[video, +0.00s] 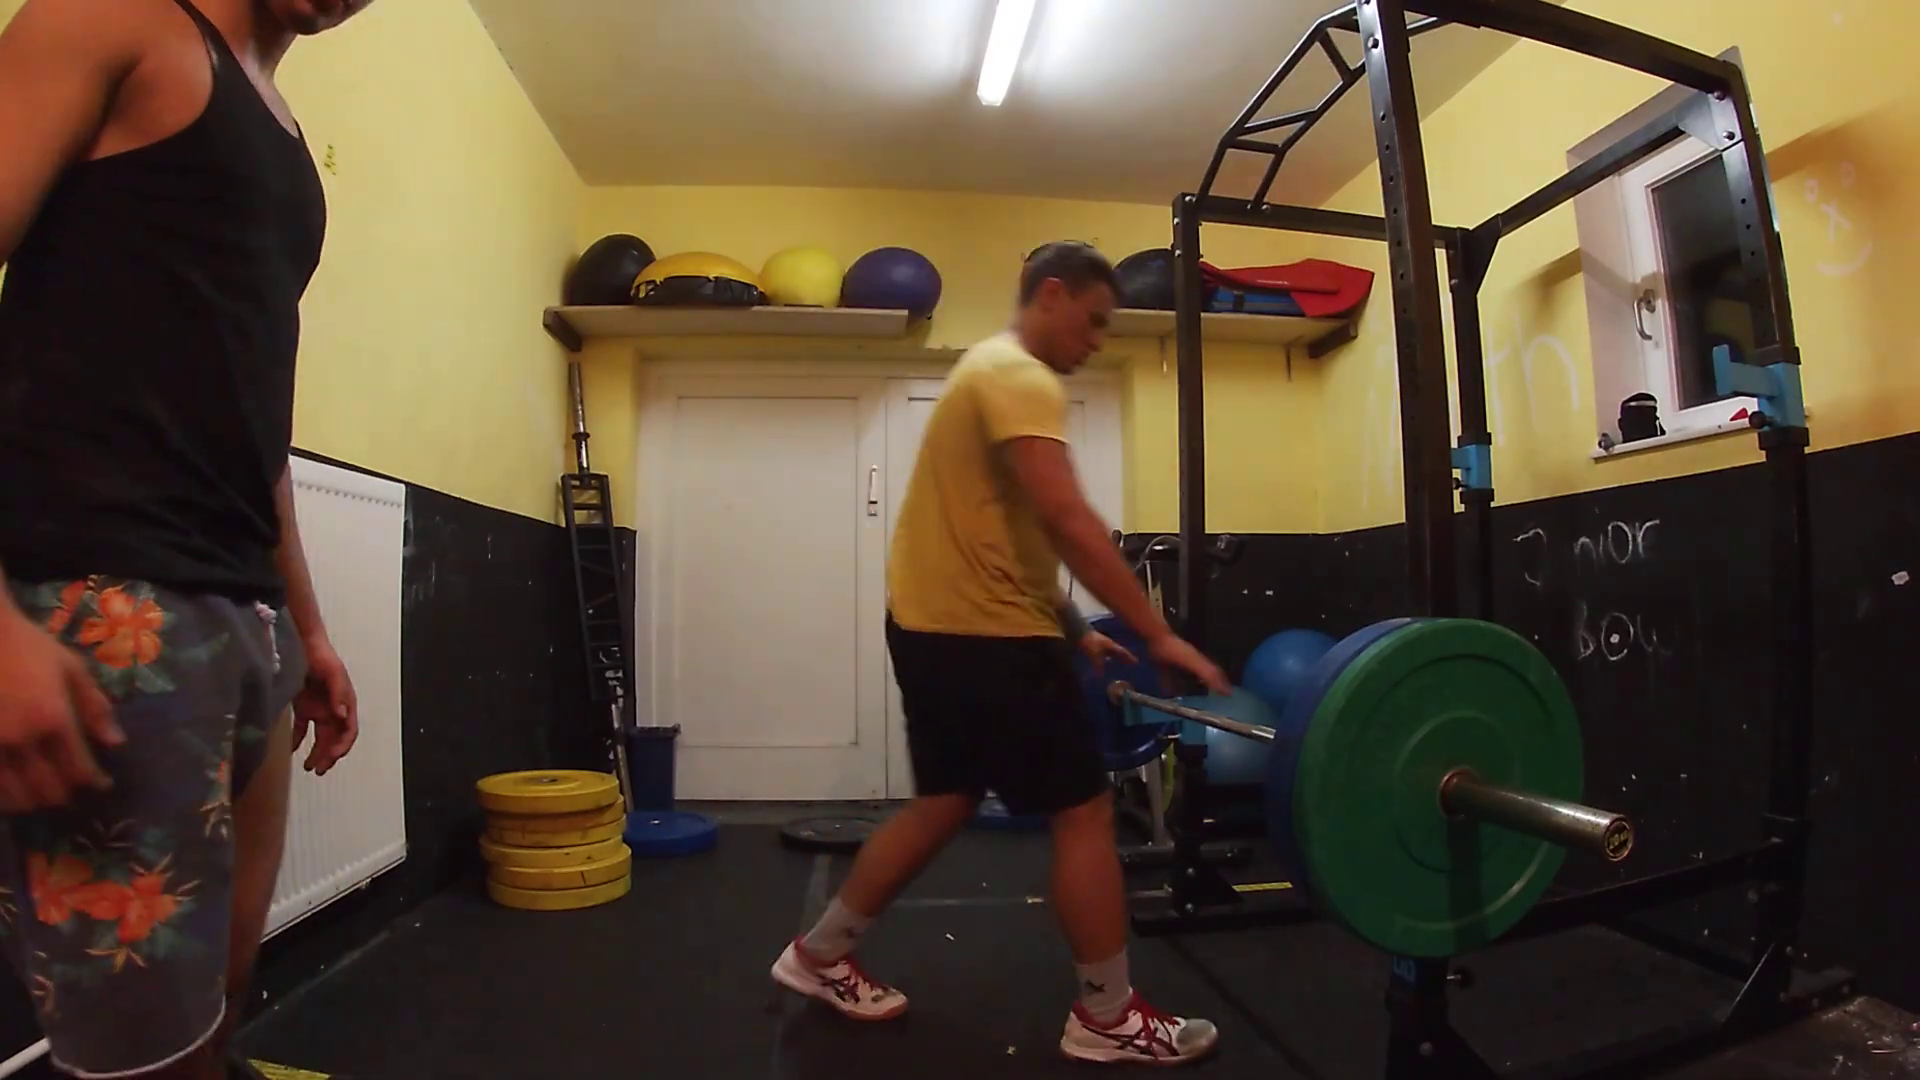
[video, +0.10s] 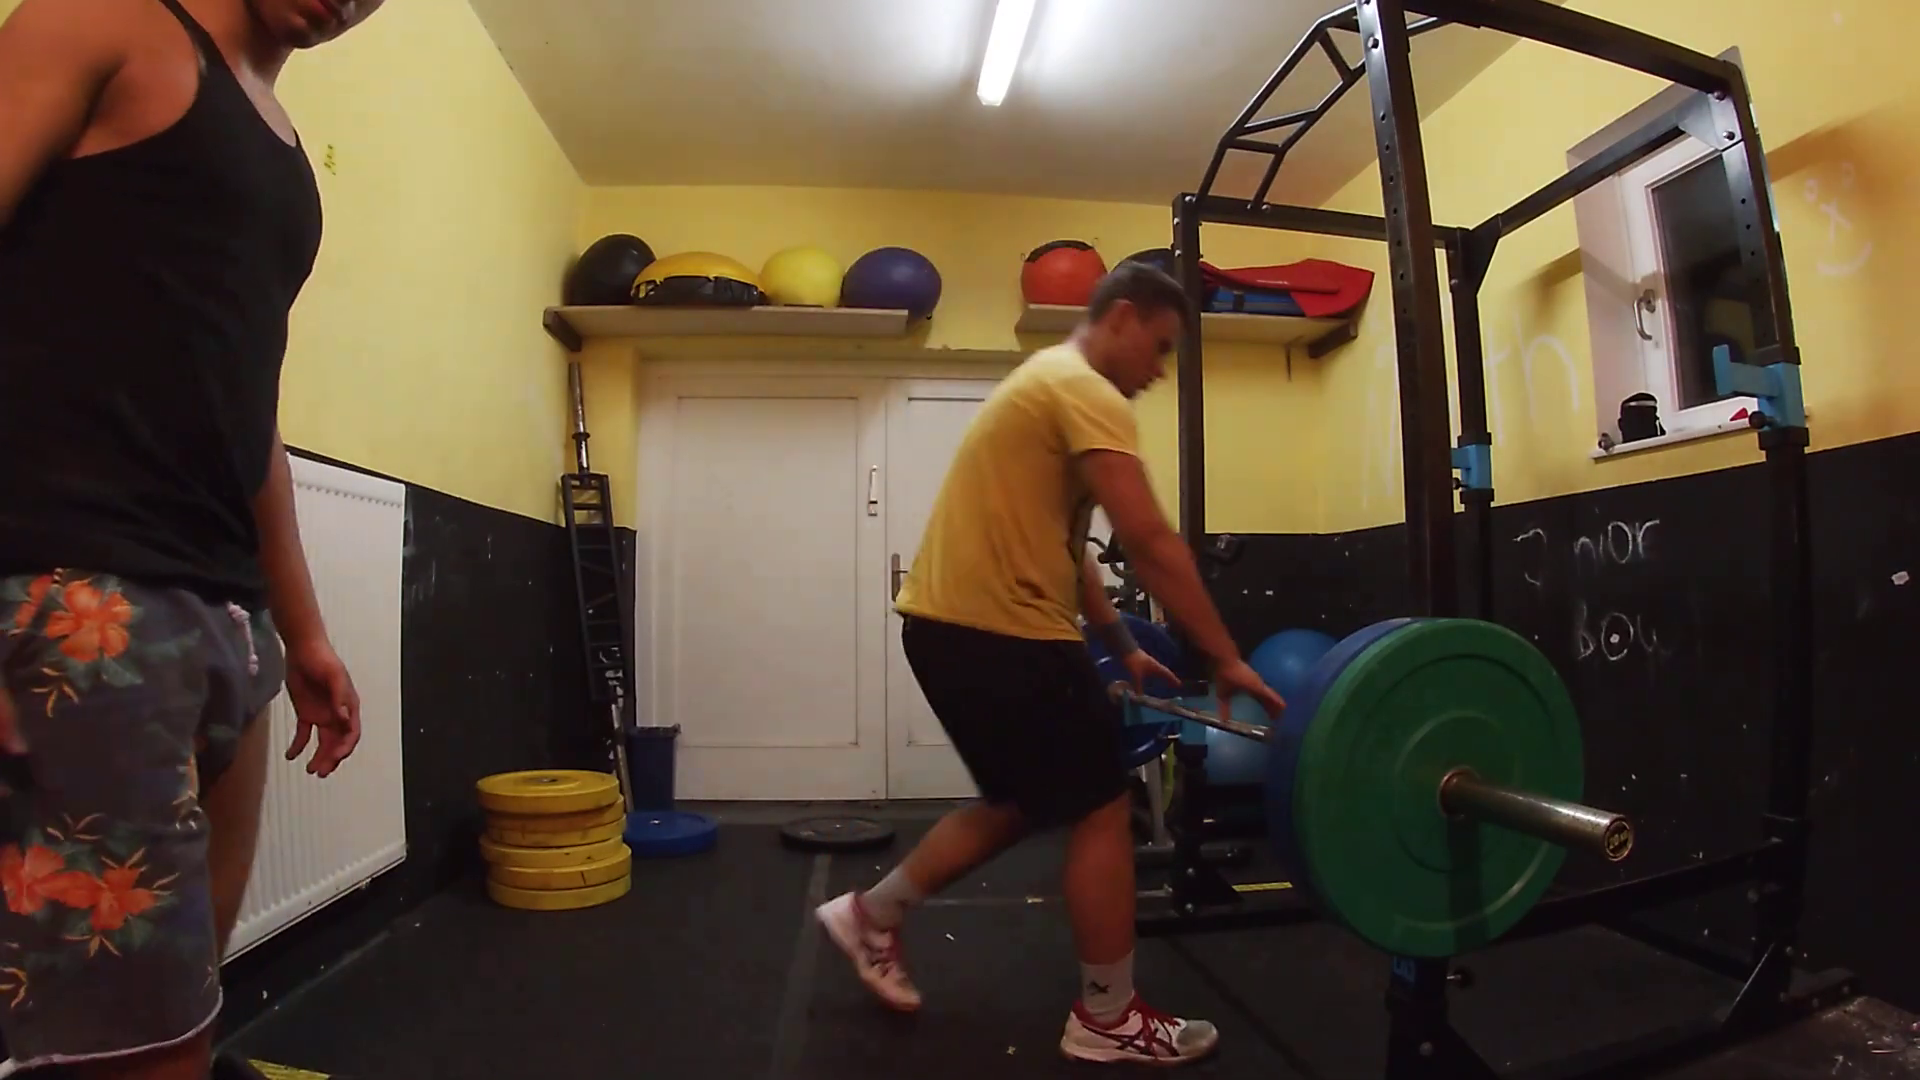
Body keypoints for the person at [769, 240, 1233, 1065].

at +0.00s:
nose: (1098, 341)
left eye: (1105, 326)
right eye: (1093, 321)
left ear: (1041, 301)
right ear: (1049, 296)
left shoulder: (987, 370)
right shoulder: (1018, 374)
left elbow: (1001, 535)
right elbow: (1067, 519)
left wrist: (1073, 626)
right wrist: (1163, 637)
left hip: (933, 622)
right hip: (996, 629)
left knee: (947, 798)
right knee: (1082, 808)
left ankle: (819, 950)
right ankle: (1108, 1012)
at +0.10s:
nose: (1162, 368)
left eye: (1169, 353)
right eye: (1161, 347)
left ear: (1108, 321)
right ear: (1118, 317)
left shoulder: (1041, 383)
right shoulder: (1081, 389)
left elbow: (1065, 544)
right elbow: (1149, 539)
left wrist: (1124, 647)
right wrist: (1226, 659)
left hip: (952, 619)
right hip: (1009, 627)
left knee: (1023, 799)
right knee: (1101, 803)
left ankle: (869, 915)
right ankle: (1107, 1014)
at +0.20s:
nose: (1210, 402)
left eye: (1218, 387)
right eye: (1214, 380)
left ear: (1168, 345)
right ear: (1180, 345)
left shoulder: (1087, 395)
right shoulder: (1135, 401)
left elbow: (1103, 558)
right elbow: (1198, 550)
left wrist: (1154, 661)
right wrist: (1260, 675)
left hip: (958, 605)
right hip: (1015, 617)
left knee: (1055, 781)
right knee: (1103, 803)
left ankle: (936, 909)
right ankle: (1107, 1016)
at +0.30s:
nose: (1238, 421)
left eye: (1249, 409)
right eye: (1246, 401)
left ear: (1196, 361)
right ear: (1219, 364)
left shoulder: (1115, 405)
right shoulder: (1167, 406)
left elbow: (1129, 569)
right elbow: (1220, 556)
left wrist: (1164, 672)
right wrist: (1267, 690)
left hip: (972, 598)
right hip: (1028, 610)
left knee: (1059, 788)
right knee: (1102, 801)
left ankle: (1024, 947)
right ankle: (1107, 1015)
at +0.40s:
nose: (1256, 438)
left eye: (1267, 428)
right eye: (1267, 419)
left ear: (1230, 373)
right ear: (1246, 383)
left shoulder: (1138, 412)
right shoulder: (1189, 408)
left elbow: (1142, 579)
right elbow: (1231, 553)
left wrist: (1165, 677)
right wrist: (1269, 691)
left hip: (988, 599)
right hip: (1041, 610)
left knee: (1062, 799)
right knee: (1107, 802)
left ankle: (1072, 963)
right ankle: (1107, 1013)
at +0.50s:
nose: (1267, 444)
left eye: (1278, 435)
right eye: (1279, 428)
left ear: (1247, 380)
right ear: (1263, 392)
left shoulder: (1153, 412)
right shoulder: (1200, 411)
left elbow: (1143, 572)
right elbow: (1236, 555)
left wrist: (1163, 675)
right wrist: (1276, 689)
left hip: (1001, 595)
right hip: (1054, 607)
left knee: (1065, 794)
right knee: (1116, 803)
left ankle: (1071, 960)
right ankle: (1108, 1014)